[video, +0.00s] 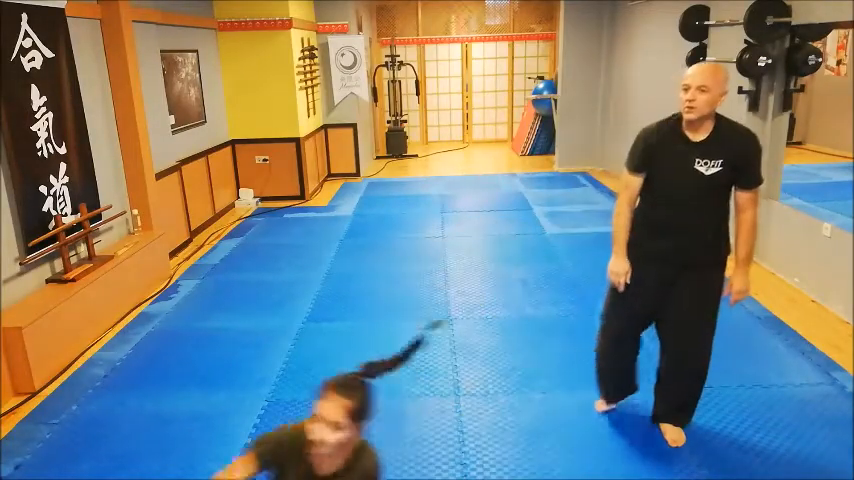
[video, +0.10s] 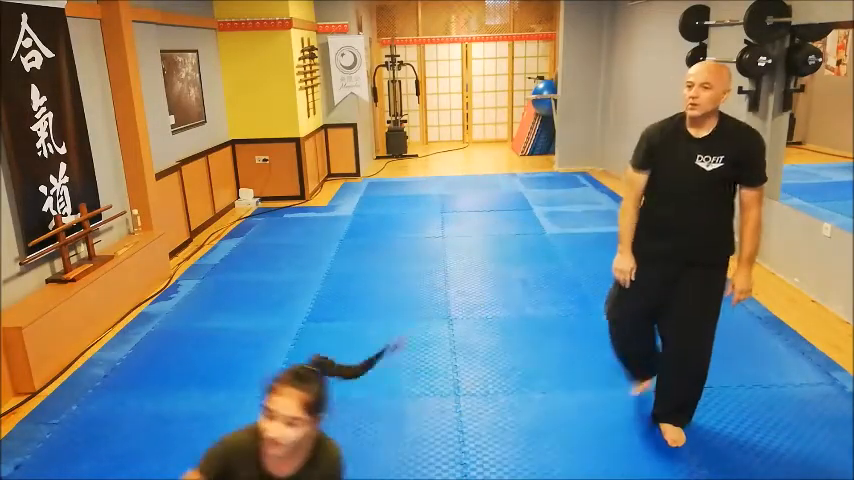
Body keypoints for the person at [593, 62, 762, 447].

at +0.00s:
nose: (690, 97)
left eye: (701, 91)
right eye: (686, 89)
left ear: (720, 97)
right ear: (679, 91)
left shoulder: (741, 145)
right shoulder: (652, 138)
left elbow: (746, 209)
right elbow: (626, 199)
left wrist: (742, 268)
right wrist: (618, 254)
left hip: (700, 267)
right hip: (644, 259)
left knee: (688, 348)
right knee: (615, 332)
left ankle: (671, 416)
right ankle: (614, 388)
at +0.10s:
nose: (693, 94)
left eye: (704, 88)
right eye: (689, 85)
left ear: (723, 95)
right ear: (682, 89)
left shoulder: (745, 143)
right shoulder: (657, 136)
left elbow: (750, 208)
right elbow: (631, 196)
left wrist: (745, 267)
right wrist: (624, 250)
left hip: (704, 263)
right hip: (650, 255)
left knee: (690, 344)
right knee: (622, 315)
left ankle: (671, 414)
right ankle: (645, 367)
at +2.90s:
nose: (537, 199)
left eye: (539, 193)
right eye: (534, 193)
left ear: (559, 186)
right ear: (556, 181)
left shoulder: (599, 200)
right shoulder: (563, 189)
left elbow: (555, 258)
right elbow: (532, 231)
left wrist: (506, 278)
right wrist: (491, 260)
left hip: (651, 264)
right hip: (606, 261)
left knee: (645, 342)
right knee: (568, 320)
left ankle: (665, 424)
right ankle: (568, 398)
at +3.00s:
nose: (532, 224)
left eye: (534, 219)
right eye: (527, 219)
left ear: (551, 209)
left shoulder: (591, 215)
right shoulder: (547, 206)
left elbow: (551, 274)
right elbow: (522, 255)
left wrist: (502, 306)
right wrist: (482, 292)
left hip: (648, 266)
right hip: (601, 265)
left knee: (643, 344)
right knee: (561, 320)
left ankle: (664, 425)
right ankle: (565, 398)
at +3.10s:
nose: (525, 241)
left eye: (529, 235)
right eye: (522, 235)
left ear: (552, 226)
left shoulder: (589, 229)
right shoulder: (544, 224)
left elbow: (553, 292)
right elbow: (519, 278)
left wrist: (509, 327)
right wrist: (486, 322)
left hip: (645, 270)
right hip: (598, 270)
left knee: (643, 345)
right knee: (559, 320)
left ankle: (662, 425)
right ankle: (564, 398)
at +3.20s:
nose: (531, 250)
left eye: (535, 245)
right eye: (528, 245)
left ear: (559, 235)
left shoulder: (597, 229)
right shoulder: (542, 237)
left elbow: (582, 298)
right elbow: (527, 294)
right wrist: (502, 341)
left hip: (644, 271)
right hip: (596, 269)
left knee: (646, 346)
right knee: (553, 321)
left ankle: (663, 425)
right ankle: (562, 399)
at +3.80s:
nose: (593, 190)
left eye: (600, 184)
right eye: (589, 183)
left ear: (625, 172)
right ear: (586, 169)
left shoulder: (662, 178)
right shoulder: (582, 192)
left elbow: (688, 240)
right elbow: (592, 254)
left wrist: (695, 299)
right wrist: (611, 311)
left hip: (656, 265)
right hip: (605, 262)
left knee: (662, 338)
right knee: (570, 319)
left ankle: (666, 422)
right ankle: (566, 397)